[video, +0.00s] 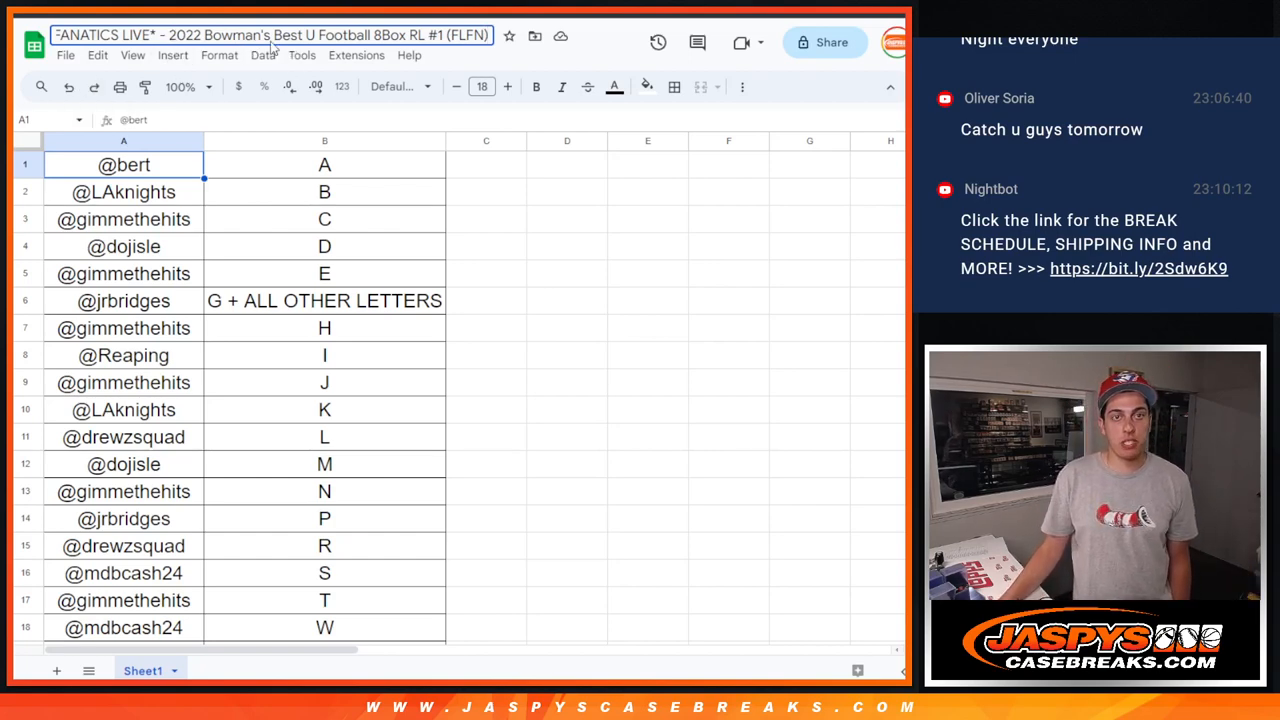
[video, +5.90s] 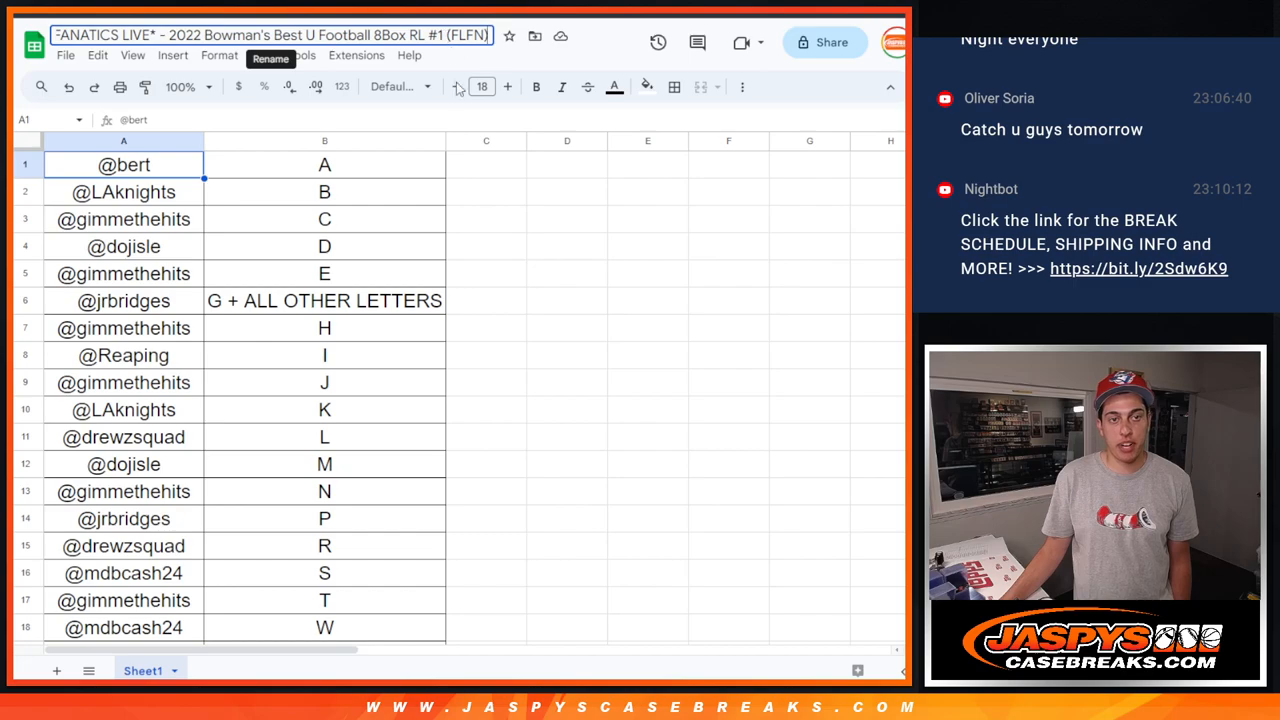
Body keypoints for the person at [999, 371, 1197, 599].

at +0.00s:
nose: (1129, 427)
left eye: (1138, 415)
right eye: (1117, 416)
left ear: (1150, 421)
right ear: (1102, 424)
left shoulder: (1174, 480)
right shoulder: (1074, 476)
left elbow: (1179, 557)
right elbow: (1051, 548)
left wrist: (1180, 612)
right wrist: (1005, 601)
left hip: (1152, 607)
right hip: (1090, 607)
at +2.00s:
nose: (1126, 424)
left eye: (1135, 413)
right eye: (1115, 415)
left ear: (1149, 421)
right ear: (1102, 425)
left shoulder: (1175, 480)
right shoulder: (1074, 475)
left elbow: (1179, 556)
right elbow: (1051, 549)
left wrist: (1180, 611)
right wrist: (1007, 599)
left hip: (1152, 606)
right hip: (1090, 606)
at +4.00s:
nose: (1126, 427)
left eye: (1136, 415)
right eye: (1114, 417)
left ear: (1150, 422)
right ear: (1102, 425)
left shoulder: (1175, 481)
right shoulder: (1074, 476)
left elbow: (1179, 558)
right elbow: (1051, 549)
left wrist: (1179, 611)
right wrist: (1007, 600)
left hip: (1153, 608)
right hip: (1090, 608)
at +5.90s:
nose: (1125, 430)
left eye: (1135, 416)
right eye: (1113, 418)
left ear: (1149, 419)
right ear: (1100, 425)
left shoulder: (1176, 481)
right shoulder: (1073, 477)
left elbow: (1180, 557)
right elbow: (1052, 549)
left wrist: (1181, 609)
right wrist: (1008, 599)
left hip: (1153, 609)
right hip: (1089, 611)